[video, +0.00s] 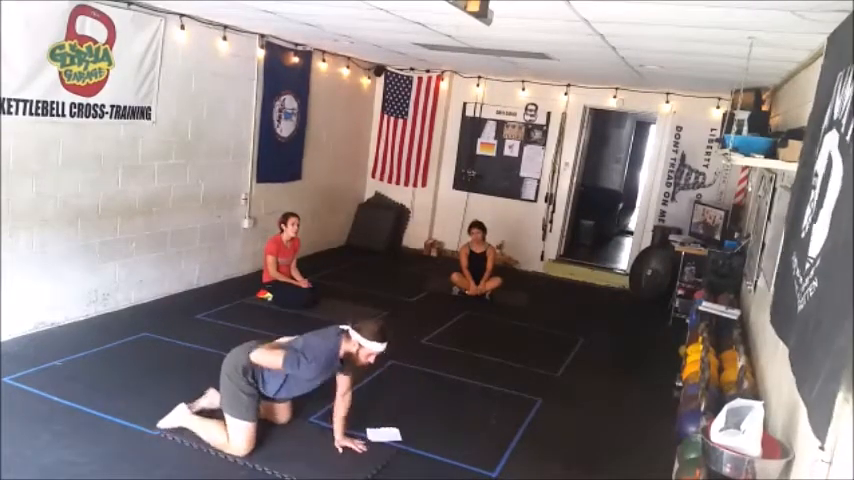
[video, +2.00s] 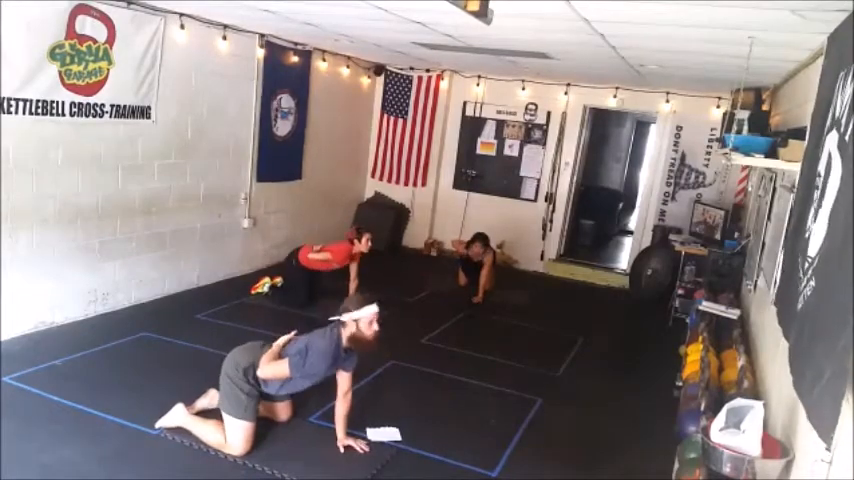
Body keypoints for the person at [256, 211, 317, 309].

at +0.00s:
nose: (296, 228)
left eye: (297, 225)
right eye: (292, 225)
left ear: (299, 226)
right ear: (283, 226)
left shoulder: (295, 242)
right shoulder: (273, 243)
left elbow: (293, 267)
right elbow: (272, 273)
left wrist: (302, 281)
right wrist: (298, 283)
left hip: (288, 280)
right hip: (272, 282)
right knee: (303, 298)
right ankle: (270, 297)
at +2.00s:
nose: (370, 244)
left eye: (371, 241)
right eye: (367, 240)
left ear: (363, 242)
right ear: (357, 240)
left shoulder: (355, 254)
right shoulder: (344, 253)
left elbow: (354, 279)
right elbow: (312, 257)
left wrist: (350, 301)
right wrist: (313, 250)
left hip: (305, 259)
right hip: (297, 262)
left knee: (309, 298)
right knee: (300, 299)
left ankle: (279, 284)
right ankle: (271, 289)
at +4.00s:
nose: (368, 250)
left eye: (370, 248)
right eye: (366, 247)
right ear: (357, 245)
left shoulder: (353, 255)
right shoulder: (341, 257)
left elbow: (353, 278)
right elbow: (309, 262)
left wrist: (351, 300)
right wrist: (315, 252)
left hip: (306, 258)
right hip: (295, 261)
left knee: (312, 296)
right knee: (300, 299)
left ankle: (280, 283)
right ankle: (270, 288)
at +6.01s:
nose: (362, 251)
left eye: (364, 249)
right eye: (359, 247)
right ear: (350, 244)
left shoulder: (342, 247)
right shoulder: (338, 254)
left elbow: (325, 244)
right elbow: (335, 283)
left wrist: (311, 246)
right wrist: (335, 303)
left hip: (300, 254)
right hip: (293, 263)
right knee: (300, 300)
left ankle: (277, 282)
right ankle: (269, 289)